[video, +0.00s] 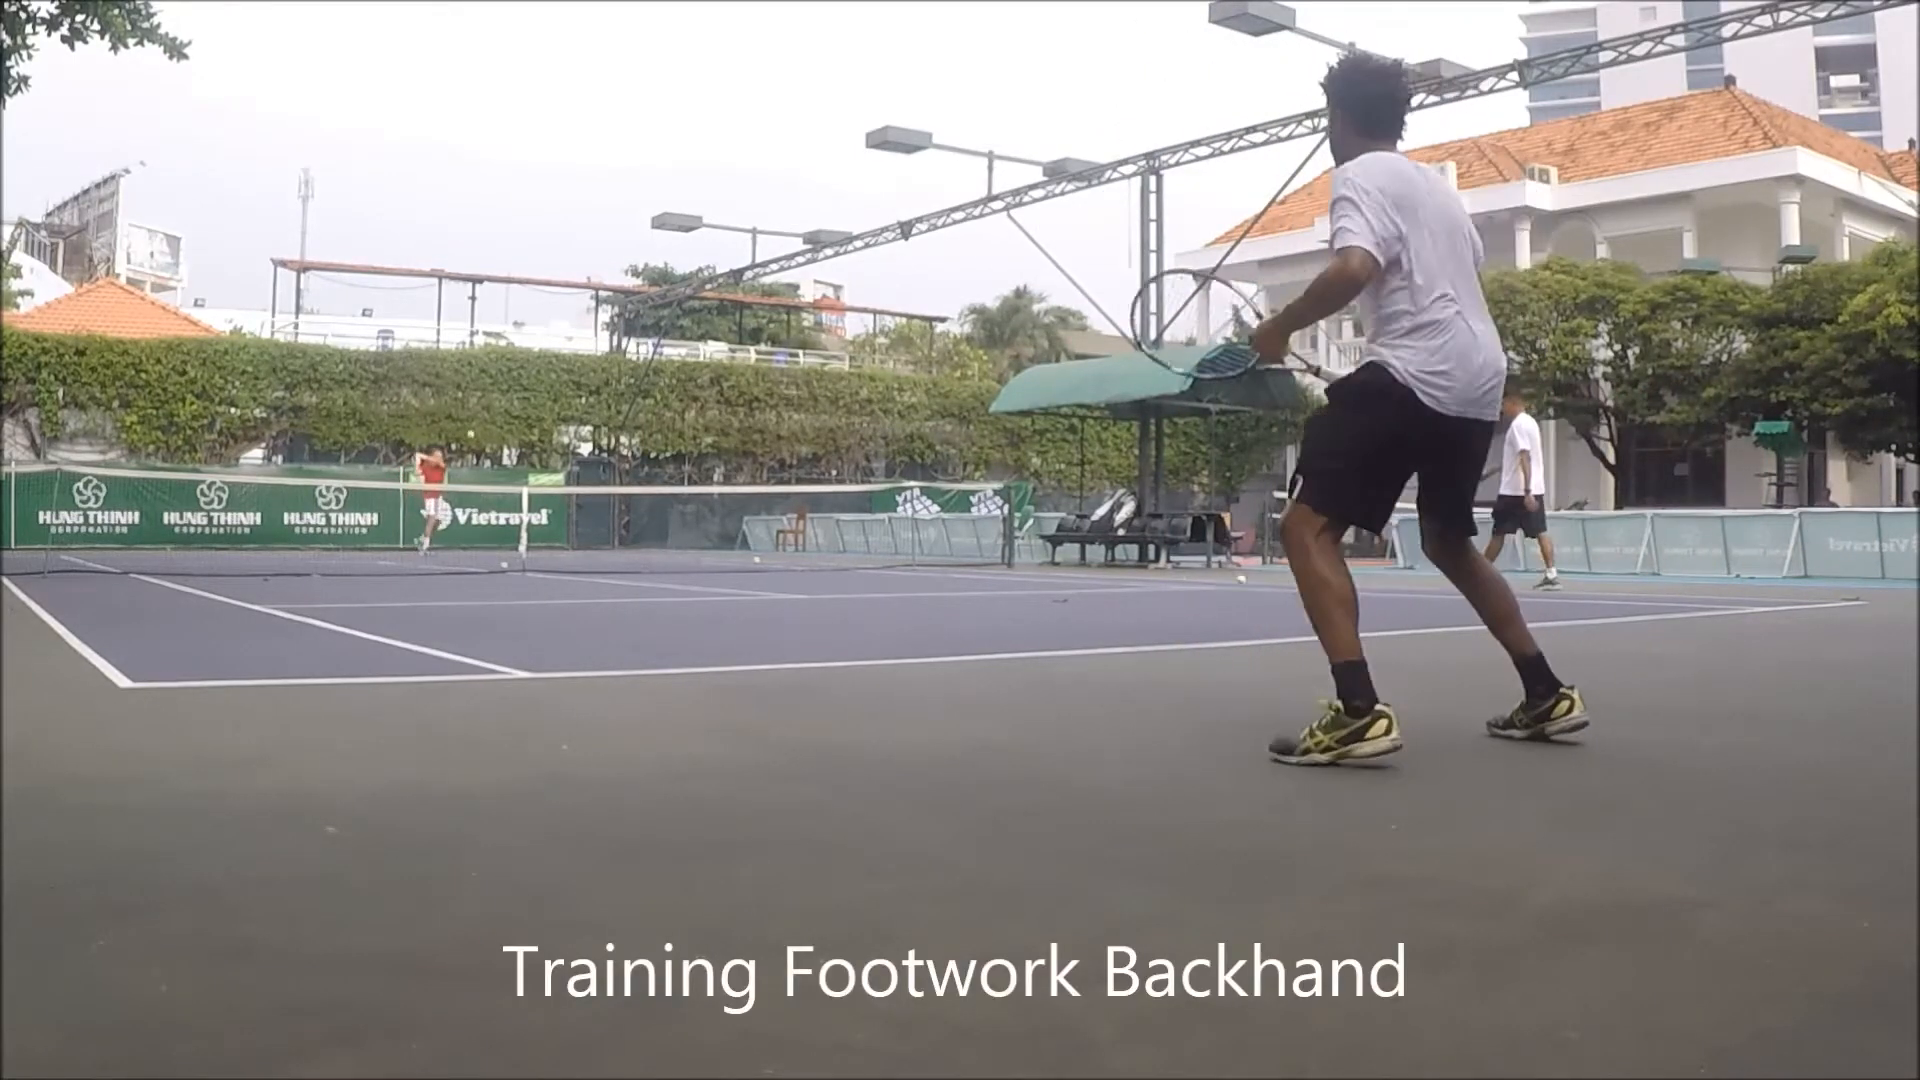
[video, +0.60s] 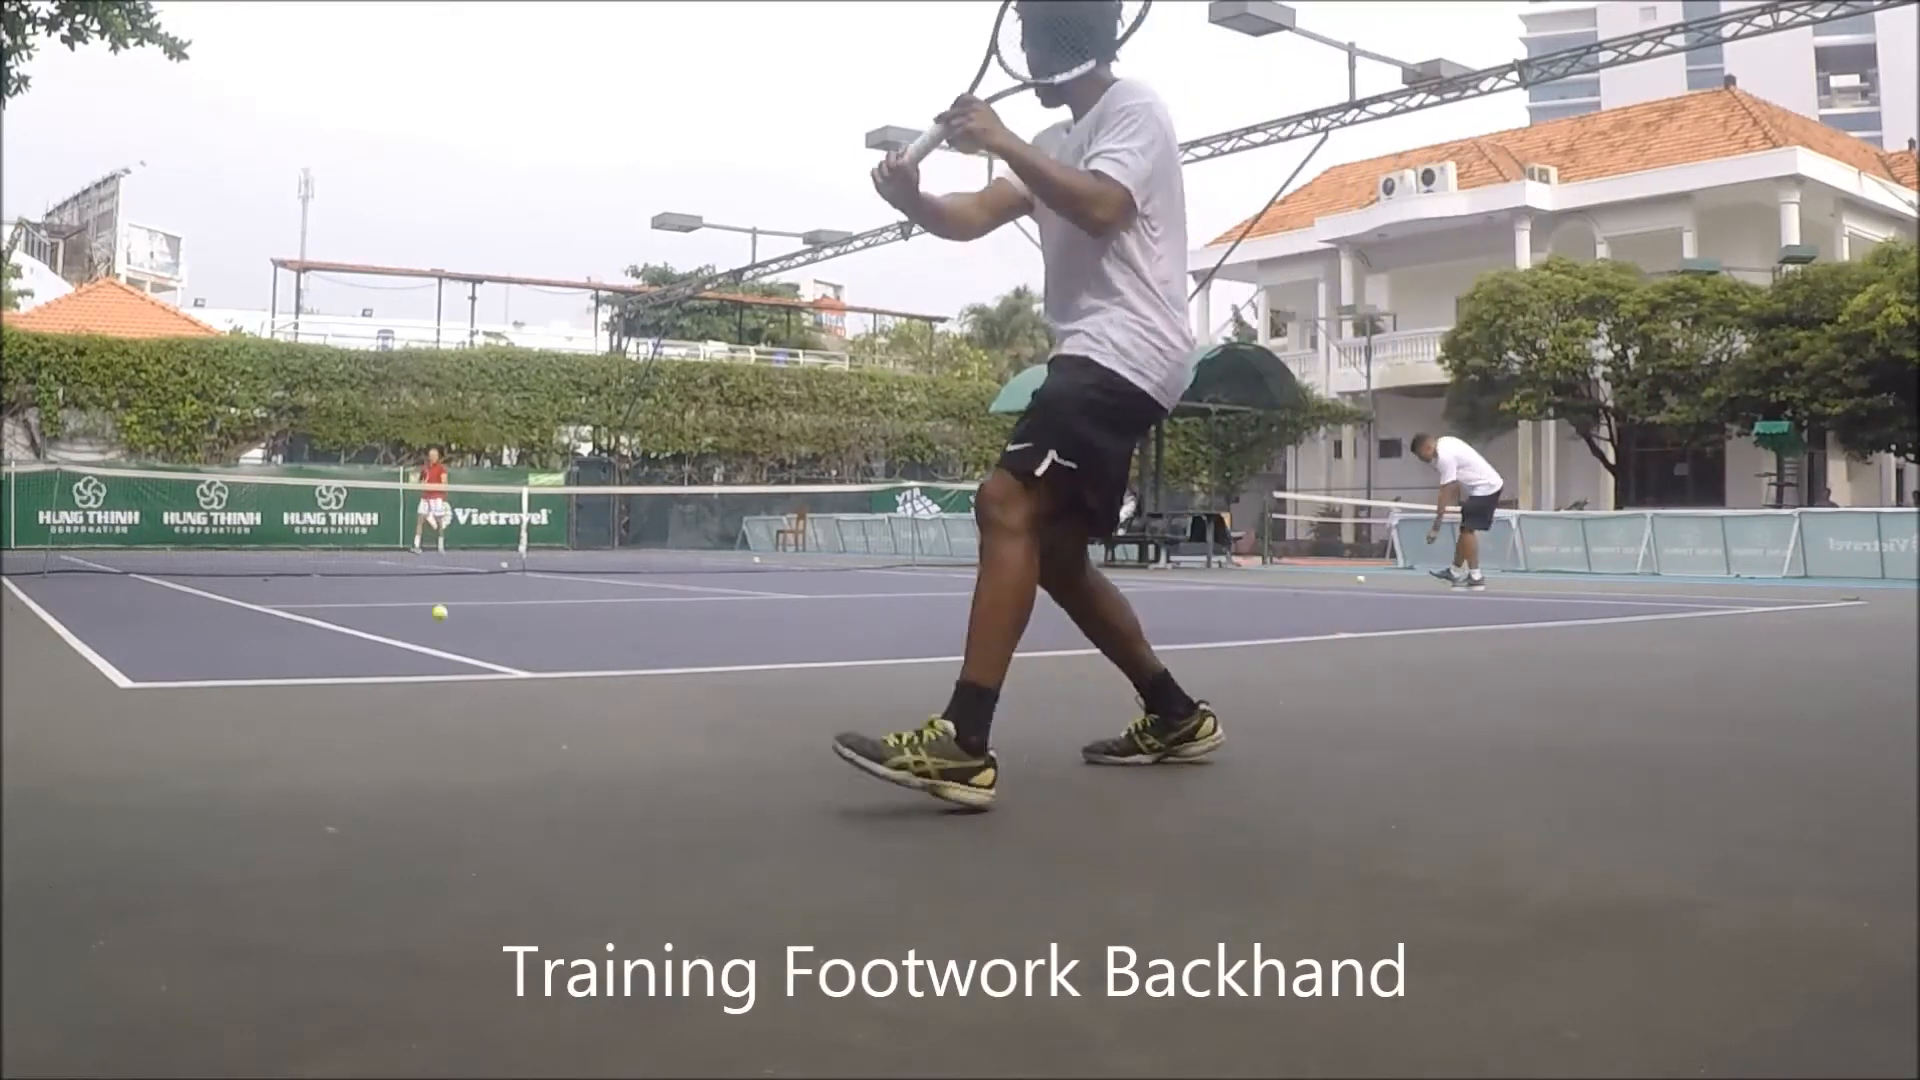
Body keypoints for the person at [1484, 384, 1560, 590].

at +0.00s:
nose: (1501, 409)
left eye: (1503, 404)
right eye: (1501, 404)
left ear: (1512, 402)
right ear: (1517, 402)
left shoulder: (1518, 424)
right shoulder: (1529, 422)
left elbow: (1524, 457)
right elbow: (1528, 458)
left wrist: (1528, 491)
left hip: (1513, 491)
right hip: (1533, 491)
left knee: (1498, 536)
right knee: (1541, 534)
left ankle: (1479, 573)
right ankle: (1551, 574)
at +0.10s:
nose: (1487, 412)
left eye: (1489, 407)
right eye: (1487, 407)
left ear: (1497, 406)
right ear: (1505, 406)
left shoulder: (1504, 428)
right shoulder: (1515, 425)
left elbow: (1511, 460)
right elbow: (1504, 460)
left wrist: (1514, 494)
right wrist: (1482, 475)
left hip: (1498, 494)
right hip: (1520, 493)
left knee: (1484, 534)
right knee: (1531, 533)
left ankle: (1473, 576)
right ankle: (1550, 570)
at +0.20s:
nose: (1471, 417)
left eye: (1472, 412)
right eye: (1470, 413)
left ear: (1481, 407)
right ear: (1485, 407)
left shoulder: (1489, 429)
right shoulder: (1501, 424)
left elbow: (1493, 463)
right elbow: (1495, 461)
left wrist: (1494, 496)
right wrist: (1477, 482)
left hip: (1489, 491)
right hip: (1508, 490)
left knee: (1474, 527)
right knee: (1510, 532)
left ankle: (1474, 575)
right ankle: (1538, 561)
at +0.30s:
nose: (1456, 420)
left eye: (1457, 415)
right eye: (1456, 416)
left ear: (1464, 411)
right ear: (1470, 409)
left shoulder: (1474, 430)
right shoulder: (1488, 422)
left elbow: (1476, 465)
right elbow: (1492, 458)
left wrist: (1471, 497)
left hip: (1488, 487)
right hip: (1502, 485)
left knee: (1472, 528)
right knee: (1491, 529)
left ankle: (1474, 575)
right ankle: (1518, 557)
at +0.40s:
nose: (1443, 429)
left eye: (1442, 424)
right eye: (1441, 425)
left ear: (1450, 418)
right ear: (1452, 416)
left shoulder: (1462, 435)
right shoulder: (1472, 423)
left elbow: (1462, 472)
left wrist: (1455, 502)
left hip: (1486, 486)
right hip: (1497, 482)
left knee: (1471, 527)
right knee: (1475, 526)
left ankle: (1474, 574)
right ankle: (1496, 564)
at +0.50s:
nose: (1432, 441)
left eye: (1430, 436)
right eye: (1429, 438)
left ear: (1437, 429)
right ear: (1441, 426)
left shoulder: (1452, 441)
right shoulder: (1458, 430)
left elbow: (1454, 477)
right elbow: (1457, 473)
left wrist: (1444, 508)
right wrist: (1458, 495)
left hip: (1485, 485)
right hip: (1490, 482)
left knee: (1470, 528)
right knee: (1470, 527)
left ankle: (1475, 574)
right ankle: (1470, 570)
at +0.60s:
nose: (1424, 459)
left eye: (1422, 455)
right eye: (1421, 457)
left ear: (1428, 447)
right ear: (1429, 444)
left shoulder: (1445, 454)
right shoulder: (1445, 443)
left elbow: (1445, 491)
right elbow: (1454, 482)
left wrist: (1436, 526)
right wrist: (1456, 498)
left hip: (1485, 488)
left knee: (1467, 529)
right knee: (1465, 529)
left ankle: (1475, 575)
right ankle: (1456, 570)